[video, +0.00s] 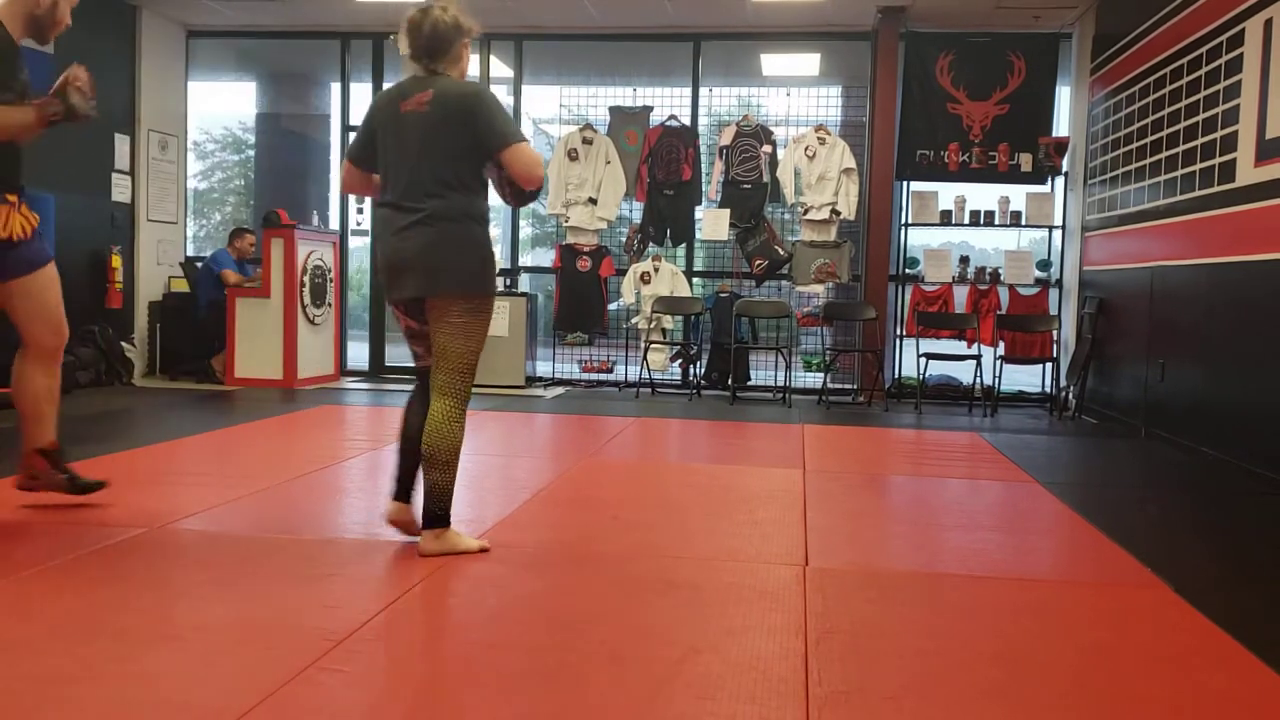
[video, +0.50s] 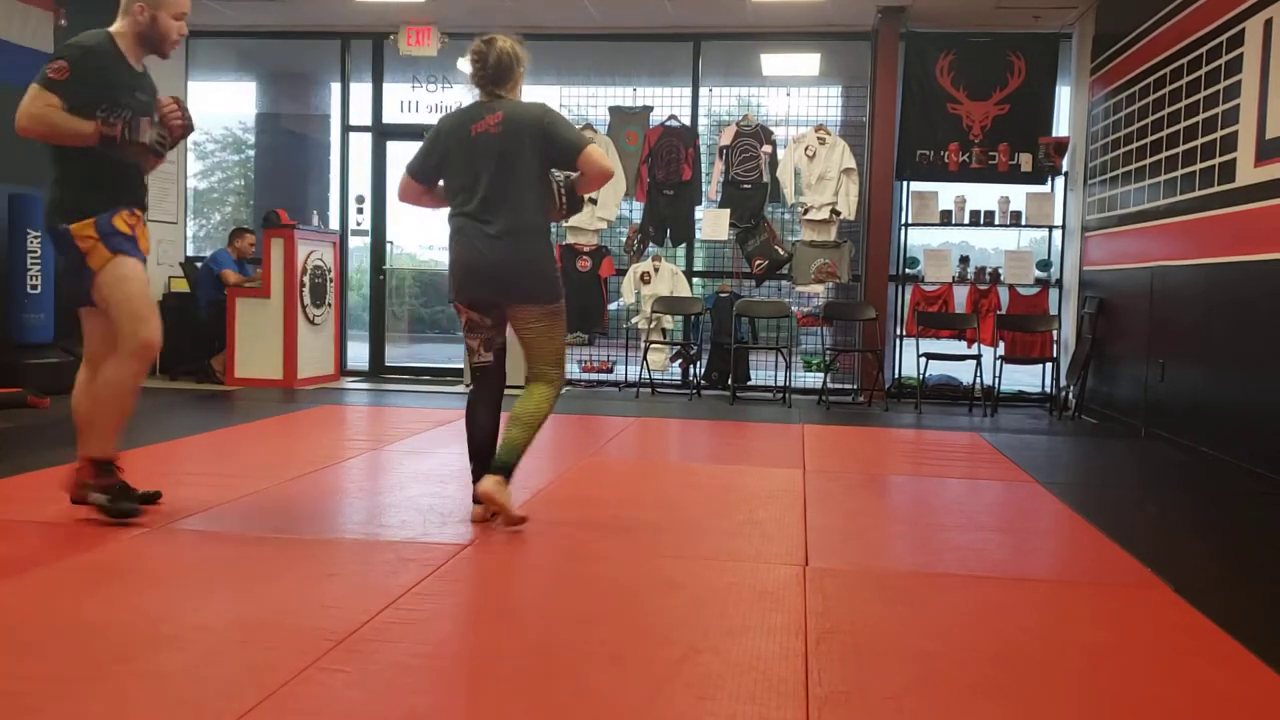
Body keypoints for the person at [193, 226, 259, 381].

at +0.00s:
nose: (253, 250)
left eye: (254, 246)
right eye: (251, 245)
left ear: (238, 244)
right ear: (237, 243)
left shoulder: (240, 262)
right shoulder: (220, 255)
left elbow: (249, 281)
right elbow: (231, 280)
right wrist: (253, 278)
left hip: (226, 308)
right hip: (208, 309)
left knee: (254, 327)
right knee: (247, 330)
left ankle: (222, 363)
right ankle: (218, 362)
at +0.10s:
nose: (253, 250)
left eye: (254, 246)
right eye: (251, 245)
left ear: (238, 244)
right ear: (237, 243)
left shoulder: (239, 262)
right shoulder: (221, 255)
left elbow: (249, 281)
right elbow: (231, 280)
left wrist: (263, 277)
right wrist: (253, 278)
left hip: (226, 308)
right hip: (208, 309)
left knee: (254, 327)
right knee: (247, 330)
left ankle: (222, 363)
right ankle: (218, 362)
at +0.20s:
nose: (253, 250)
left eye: (254, 246)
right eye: (251, 245)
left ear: (238, 244)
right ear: (237, 243)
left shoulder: (240, 263)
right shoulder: (221, 255)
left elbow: (250, 280)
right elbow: (231, 280)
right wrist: (253, 279)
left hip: (226, 308)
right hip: (208, 309)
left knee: (254, 326)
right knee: (248, 329)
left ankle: (222, 363)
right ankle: (218, 362)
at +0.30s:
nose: (253, 250)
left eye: (254, 246)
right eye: (251, 245)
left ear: (238, 244)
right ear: (237, 243)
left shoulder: (240, 263)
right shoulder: (221, 256)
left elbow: (250, 281)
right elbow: (231, 280)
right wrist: (254, 279)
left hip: (226, 308)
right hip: (208, 308)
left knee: (255, 326)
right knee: (248, 329)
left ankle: (222, 363)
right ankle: (218, 362)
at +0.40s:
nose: (253, 250)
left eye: (254, 246)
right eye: (250, 245)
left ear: (238, 244)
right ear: (237, 243)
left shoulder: (240, 262)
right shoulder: (221, 255)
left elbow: (250, 280)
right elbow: (231, 280)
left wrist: (264, 276)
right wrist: (254, 278)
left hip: (225, 307)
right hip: (208, 308)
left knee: (253, 326)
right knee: (247, 329)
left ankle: (222, 363)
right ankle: (218, 362)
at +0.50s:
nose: (253, 250)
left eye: (254, 246)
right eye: (251, 245)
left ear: (238, 244)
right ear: (237, 243)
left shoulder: (240, 262)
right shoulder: (221, 256)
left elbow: (249, 281)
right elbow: (230, 280)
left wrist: (264, 277)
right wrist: (255, 278)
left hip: (225, 307)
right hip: (208, 308)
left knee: (254, 326)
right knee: (248, 330)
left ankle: (222, 363)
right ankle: (217, 362)